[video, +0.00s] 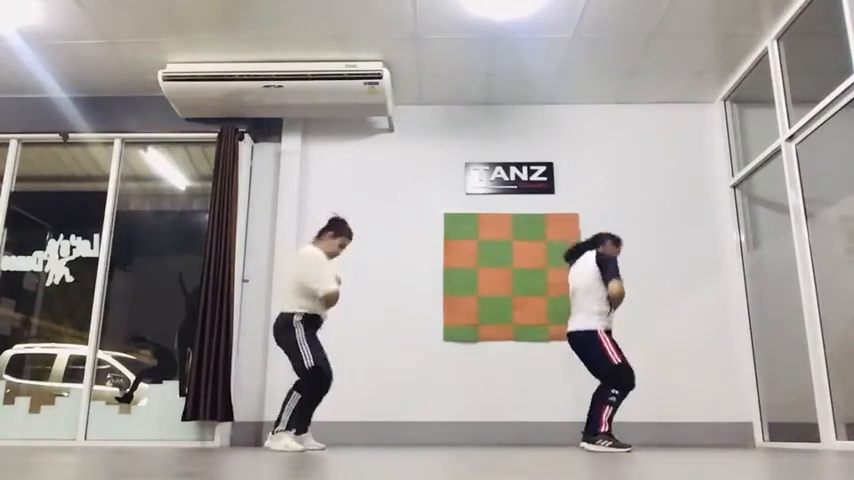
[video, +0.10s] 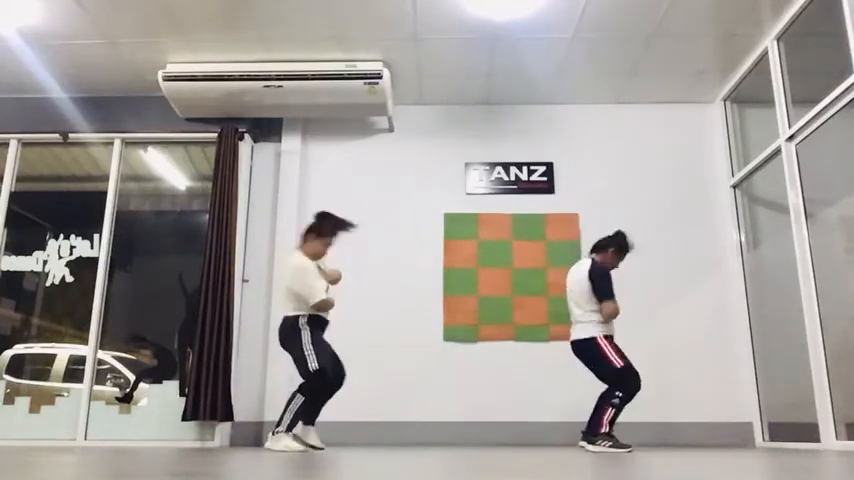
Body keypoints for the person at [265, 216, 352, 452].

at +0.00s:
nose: (340, 252)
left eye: (343, 248)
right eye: (340, 245)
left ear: (328, 238)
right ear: (328, 235)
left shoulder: (312, 257)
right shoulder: (312, 256)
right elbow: (328, 299)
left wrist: (332, 282)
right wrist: (336, 285)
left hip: (303, 323)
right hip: (294, 322)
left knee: (322, 376)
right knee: (313, 374)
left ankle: (299, 432)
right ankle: (279, 433)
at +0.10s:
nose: (326, 249)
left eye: (329, 244)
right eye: (324, 243)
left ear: (323, 242)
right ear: (310, 237)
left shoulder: (314, 262)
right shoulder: (300, 264)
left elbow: (335, 276)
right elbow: (319, 303)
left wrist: (327, 277)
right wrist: (331, 302)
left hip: (311, 328)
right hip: (298, 327)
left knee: (336, 375)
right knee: (319, 376)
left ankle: (305, 426)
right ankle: (279, 434)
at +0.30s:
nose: (293, 245)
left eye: (291, 240)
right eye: (286, 243)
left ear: (294, 243)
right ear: (275, 254)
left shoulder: (302, 267)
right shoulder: (286, 276)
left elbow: (333, 262)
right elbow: (313, 303)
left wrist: (317, 272)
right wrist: (334, 298)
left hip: (328, 326)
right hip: (314, 327)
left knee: (340, 388)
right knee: (325, 380)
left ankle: (296, 432)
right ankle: (281, 432)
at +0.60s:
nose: (285, 236)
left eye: (280, 235)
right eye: (280, 238)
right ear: (280, 247)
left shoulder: (298, 257)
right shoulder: (295, 253)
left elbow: (321, 273)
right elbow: (318, 271)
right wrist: (341, 291)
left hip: (321, 317)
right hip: (313, 317)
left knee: (332, 378)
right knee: (330, 376)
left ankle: (296, 430)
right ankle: (290, 431)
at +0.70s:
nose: (307, 225)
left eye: (302, 223)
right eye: (301, 226)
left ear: (298, 236)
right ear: (297, 235)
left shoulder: (310, 249)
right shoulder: (308, 243)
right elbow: (323, 269)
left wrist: (333, 273)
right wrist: (338, 293)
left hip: (316, 316)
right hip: (306, 314)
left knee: (332, 374)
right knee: (321, 373)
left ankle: (299, 430)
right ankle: (288, 435)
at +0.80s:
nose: (335, 229)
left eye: (334, 225)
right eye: (330, 224)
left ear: (319, 228)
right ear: (316, 227)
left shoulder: (326, 253)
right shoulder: (313, 247)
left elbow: (340, 297)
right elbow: (329, 287)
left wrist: (334, 283)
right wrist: (341, 292)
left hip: (312, 319)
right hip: (298, 315)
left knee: (331, 374)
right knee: (315, 371)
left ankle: (302, 430)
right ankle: (287, 434)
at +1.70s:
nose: (331, 231)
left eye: (331, 226)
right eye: (327, 225)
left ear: (320, 229)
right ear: (312, 228)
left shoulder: (318, 256)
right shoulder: (305, 251)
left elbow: (320, 291)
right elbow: (299, 285)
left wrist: (343, 288)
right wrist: (331, 289)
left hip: (313, 322)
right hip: (295, 318)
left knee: (321, 377)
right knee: (297, 370)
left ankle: (300, 435)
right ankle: (274, 430)